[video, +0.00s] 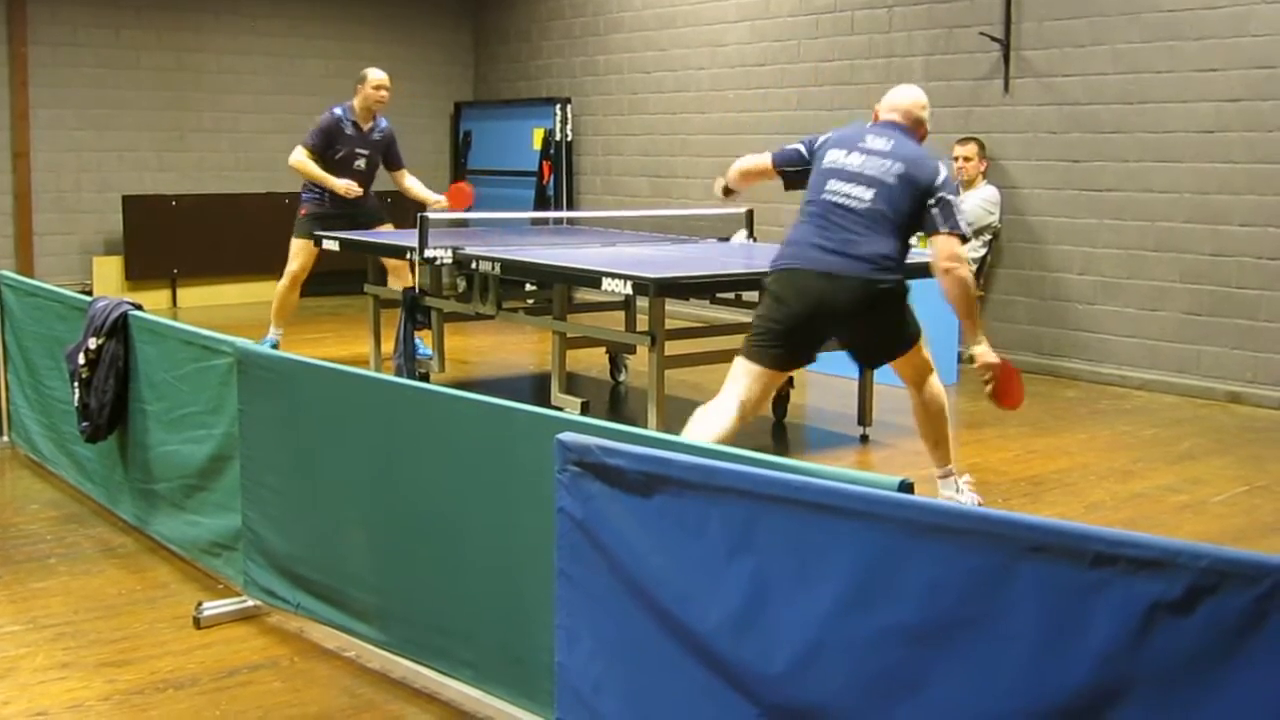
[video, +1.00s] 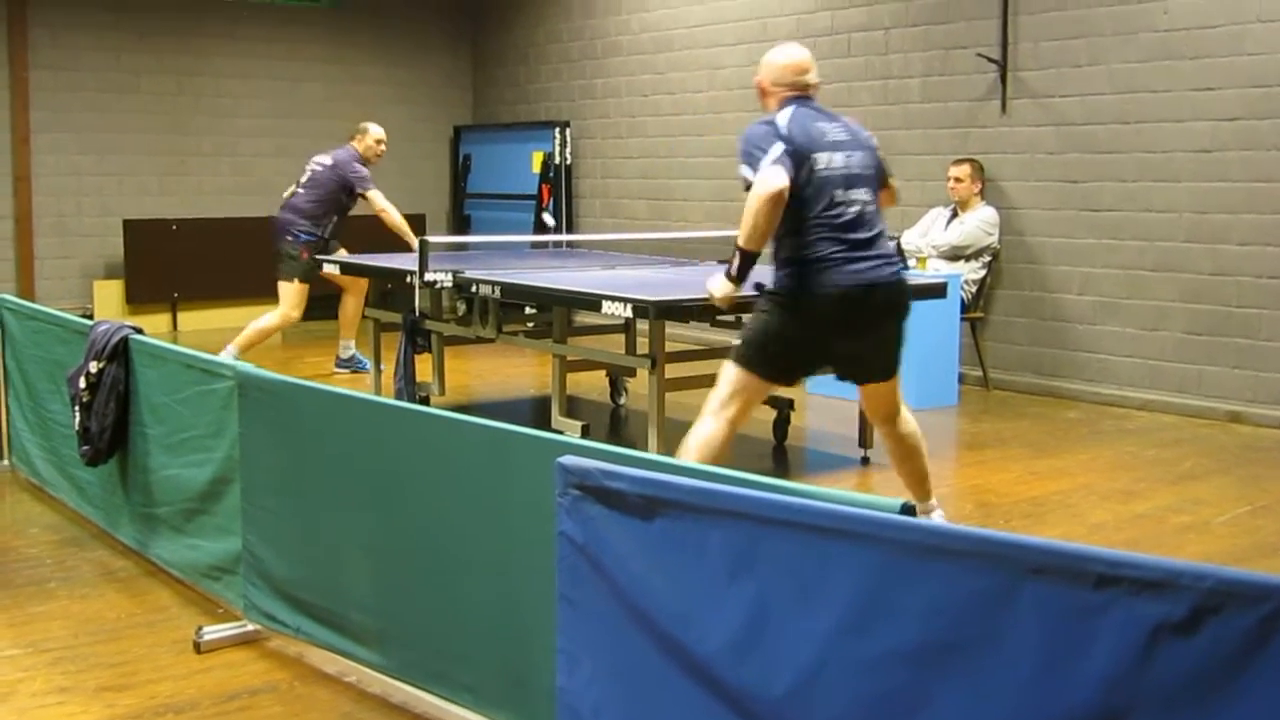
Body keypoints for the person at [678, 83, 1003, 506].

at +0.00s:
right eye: (926, 129)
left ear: (875, 115)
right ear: (923, 131)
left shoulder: (833, 140)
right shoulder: (930, 170)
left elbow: (748, 168)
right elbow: (949, 263)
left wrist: (728, 184)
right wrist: (975, 338)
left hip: (795, 279)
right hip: (869, 291)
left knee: (736, 399)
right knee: (923, 379)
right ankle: (949, 484)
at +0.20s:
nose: (879, 156)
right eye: (882, 149)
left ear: (831, 122)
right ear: (879, 150)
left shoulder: (774, 137)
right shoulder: (859, 186)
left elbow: (695, 165)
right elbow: (848, 297)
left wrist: (712, 221)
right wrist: (887, 363)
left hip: (703, 289)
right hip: (776, 301)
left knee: (673, 414)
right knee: (850, 383)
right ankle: (881, 488)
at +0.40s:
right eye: (847, 150)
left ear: (799, 121)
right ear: (843, 154)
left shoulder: (743, 132)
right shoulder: (823, 203)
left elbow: (660, 166)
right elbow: (827, 275)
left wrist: (697, 209)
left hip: (649, 293)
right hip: (726, 310)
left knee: (642, 413)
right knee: (793, 388)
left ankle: (579, 477)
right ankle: (835, 484)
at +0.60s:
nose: (746, 60)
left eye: (749, 55)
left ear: (752, 58)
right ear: (804, 70)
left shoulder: (726, 88)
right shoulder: (819, 134)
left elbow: (657, 109)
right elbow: (814, 121)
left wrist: (652, 153)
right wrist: (799, 78)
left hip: (695, 269)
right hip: (769, 281)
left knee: (637, 383)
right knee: (804, 391)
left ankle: (603, 479)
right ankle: (858, 490)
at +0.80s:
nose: (707, 89)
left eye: (707, 84)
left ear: (711, 84)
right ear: (763, 84)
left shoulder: (700, 125)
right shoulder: (794, 131)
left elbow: (669, 198)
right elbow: (822, 189)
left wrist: (640, 286)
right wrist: (772, 167)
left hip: (733, 291)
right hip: (810, 287)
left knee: (655, 396)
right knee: (840, 399)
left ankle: (623, 502)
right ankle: (910, 495)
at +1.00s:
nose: (757, 91)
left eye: (758, 85)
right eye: (761, 85)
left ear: (764, 87)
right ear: (812, 85)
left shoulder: (766, 131)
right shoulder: (854, 130)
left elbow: (773, 188)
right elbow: (887, 193)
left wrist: (734, 277)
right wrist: (833, 203)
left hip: (812, 291)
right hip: (883, 286)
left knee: (723, 410)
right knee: (891, 412)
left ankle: (666, 512)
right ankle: (929, 513)